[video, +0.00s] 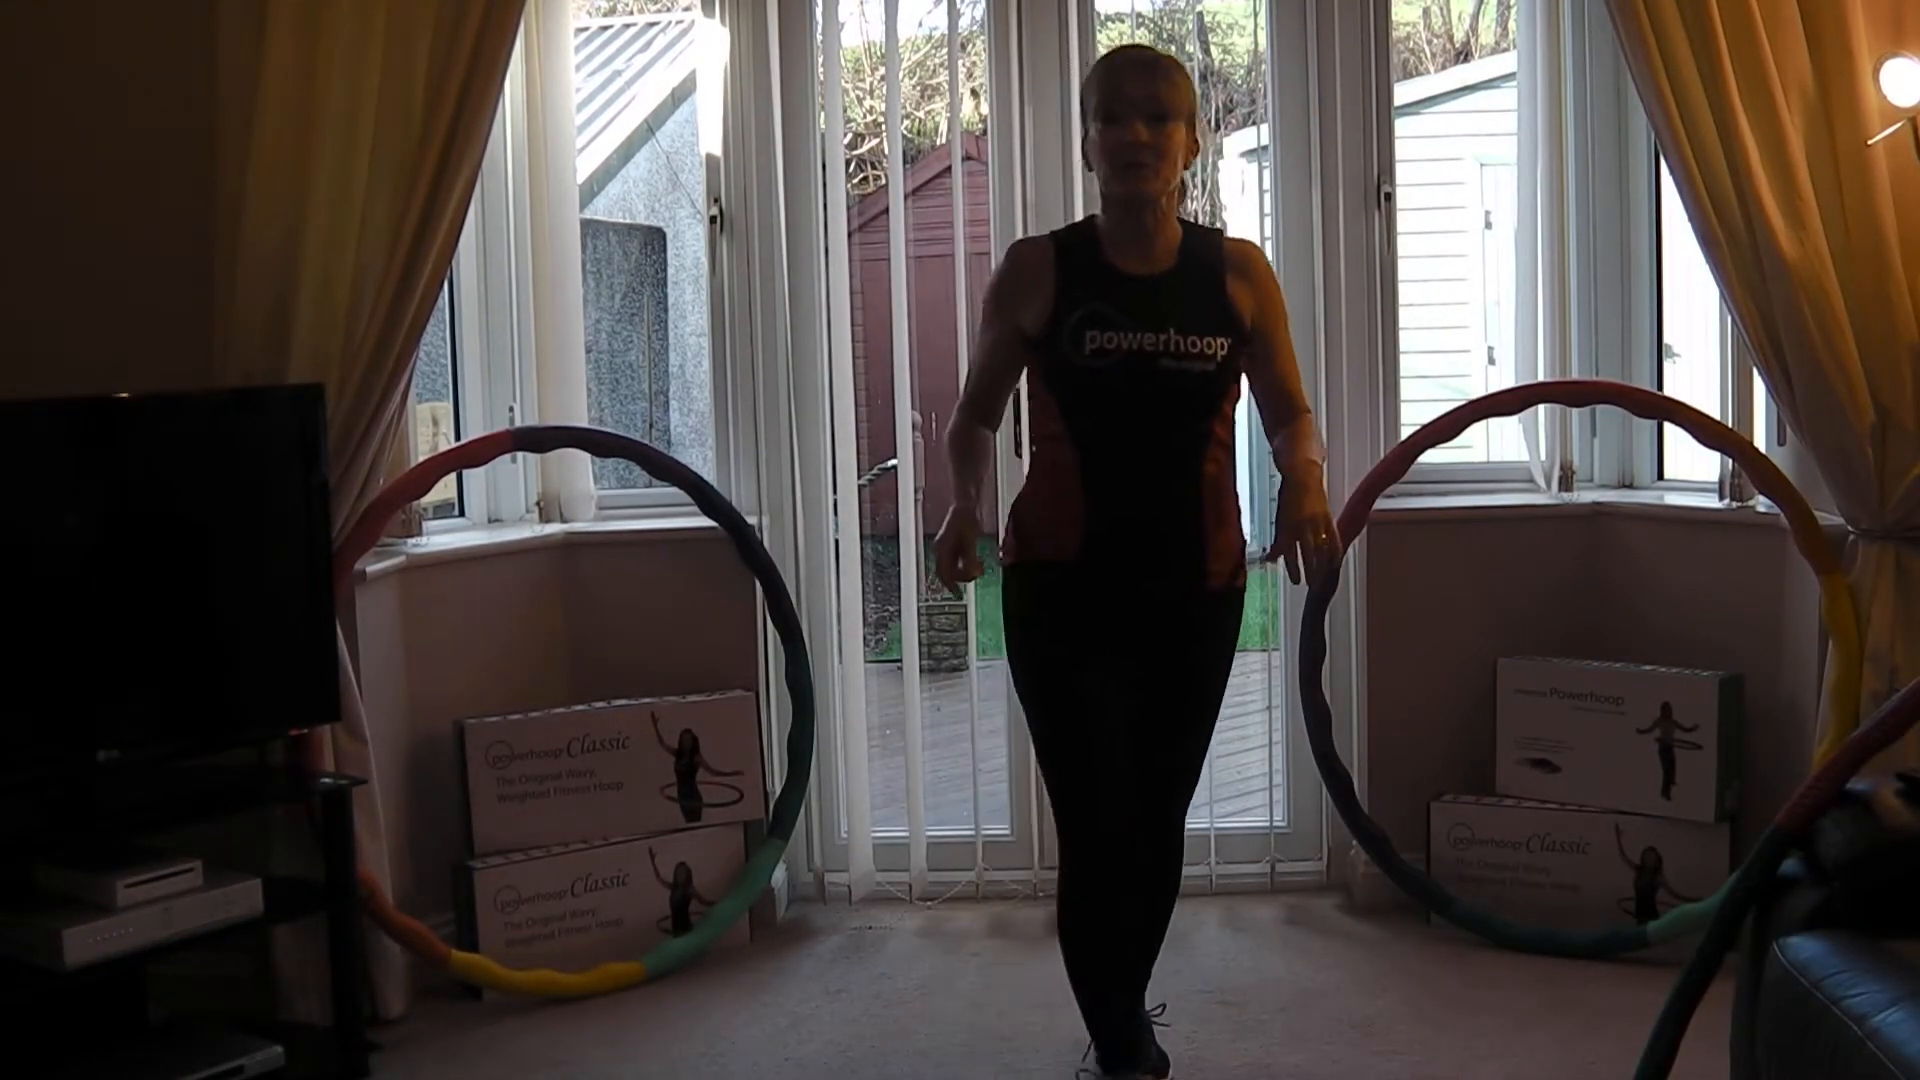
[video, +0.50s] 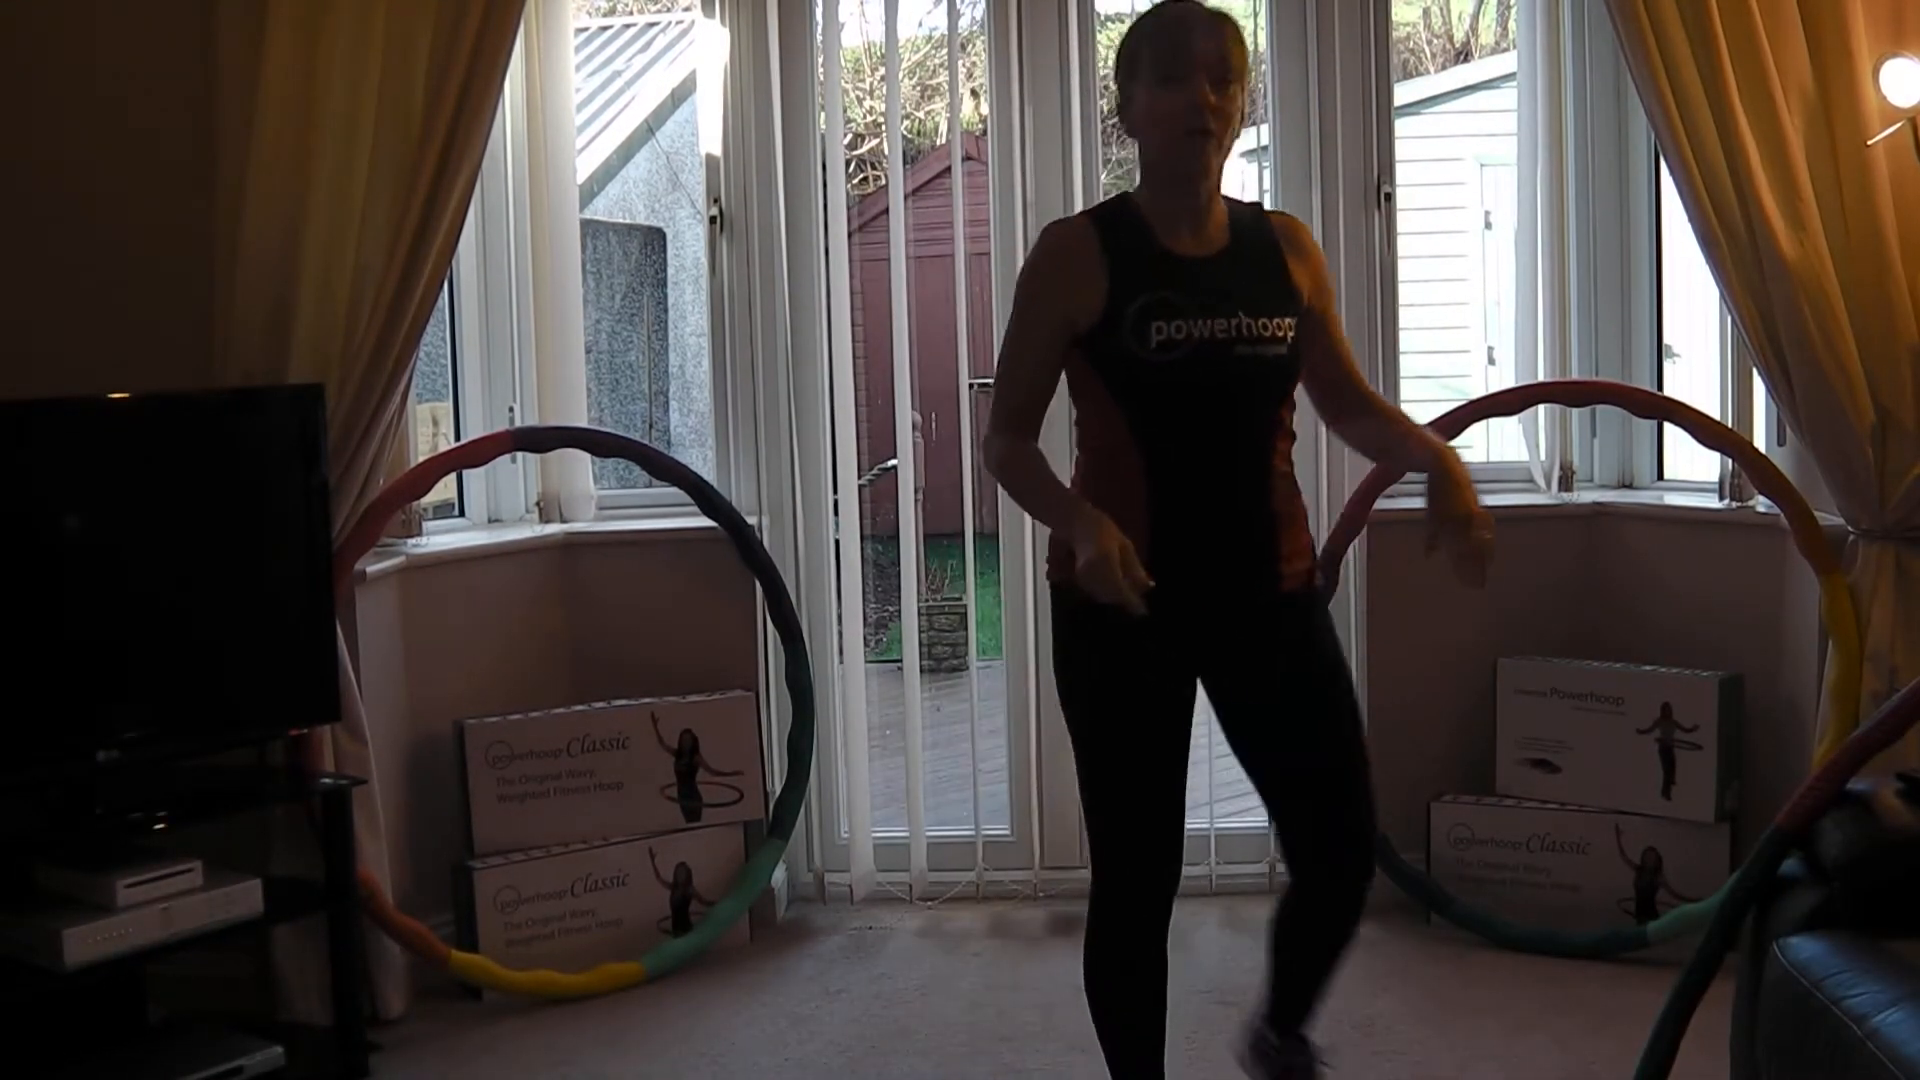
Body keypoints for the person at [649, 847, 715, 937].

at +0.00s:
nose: (681, 876)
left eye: (683, 873)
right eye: (678, 873)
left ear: (688, 874)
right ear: (675, 874)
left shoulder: (690, 889)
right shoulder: (673, 887)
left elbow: (702, 902)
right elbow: (658, 878)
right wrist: (652, 861)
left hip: (686, 924)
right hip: (675, 924)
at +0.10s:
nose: (681, 876)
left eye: (683, 873)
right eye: (678, 873)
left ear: (688, 874)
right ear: (675, 874)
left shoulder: (690, 889)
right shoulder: (673, 887)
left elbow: (703, 902)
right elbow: (658, 878)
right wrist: (652, 861)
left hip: (686, 924)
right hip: (675, 924)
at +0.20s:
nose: (681, 877)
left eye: (683, 873)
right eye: (678, 873)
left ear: (688, 875)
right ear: (675, 874)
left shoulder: (690, 889)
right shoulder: (673, 887)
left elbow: (702, 901)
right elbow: (658, 878)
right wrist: (652, 861)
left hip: (686, 924)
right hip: (675, 924)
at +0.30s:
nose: (681, 876)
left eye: (683, 873)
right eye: (678, 873)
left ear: (688, 875)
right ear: (675, 874)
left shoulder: (689, 889)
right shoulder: (673, 887)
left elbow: (702, 901)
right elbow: (658, 878)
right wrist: (652, 861)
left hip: (686, 924)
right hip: (675, 924)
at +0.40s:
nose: (681, 876)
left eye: (683, 873)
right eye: (678, 873)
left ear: (688, 875)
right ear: (675, 875)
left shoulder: (690, 889)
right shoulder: (673, 887)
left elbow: (702, 902)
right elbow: (658, 878)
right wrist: (652, 861)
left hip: (686, 924)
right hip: (675, 924)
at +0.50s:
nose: (681, 876)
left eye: (683, 873)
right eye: (678, 873)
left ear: (688, 875)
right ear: (675, 874)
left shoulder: (690, 889)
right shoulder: (673, 887)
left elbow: (702, 901)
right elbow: (658, 878)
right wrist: (652, 861)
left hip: (686, 924)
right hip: (675, 924)